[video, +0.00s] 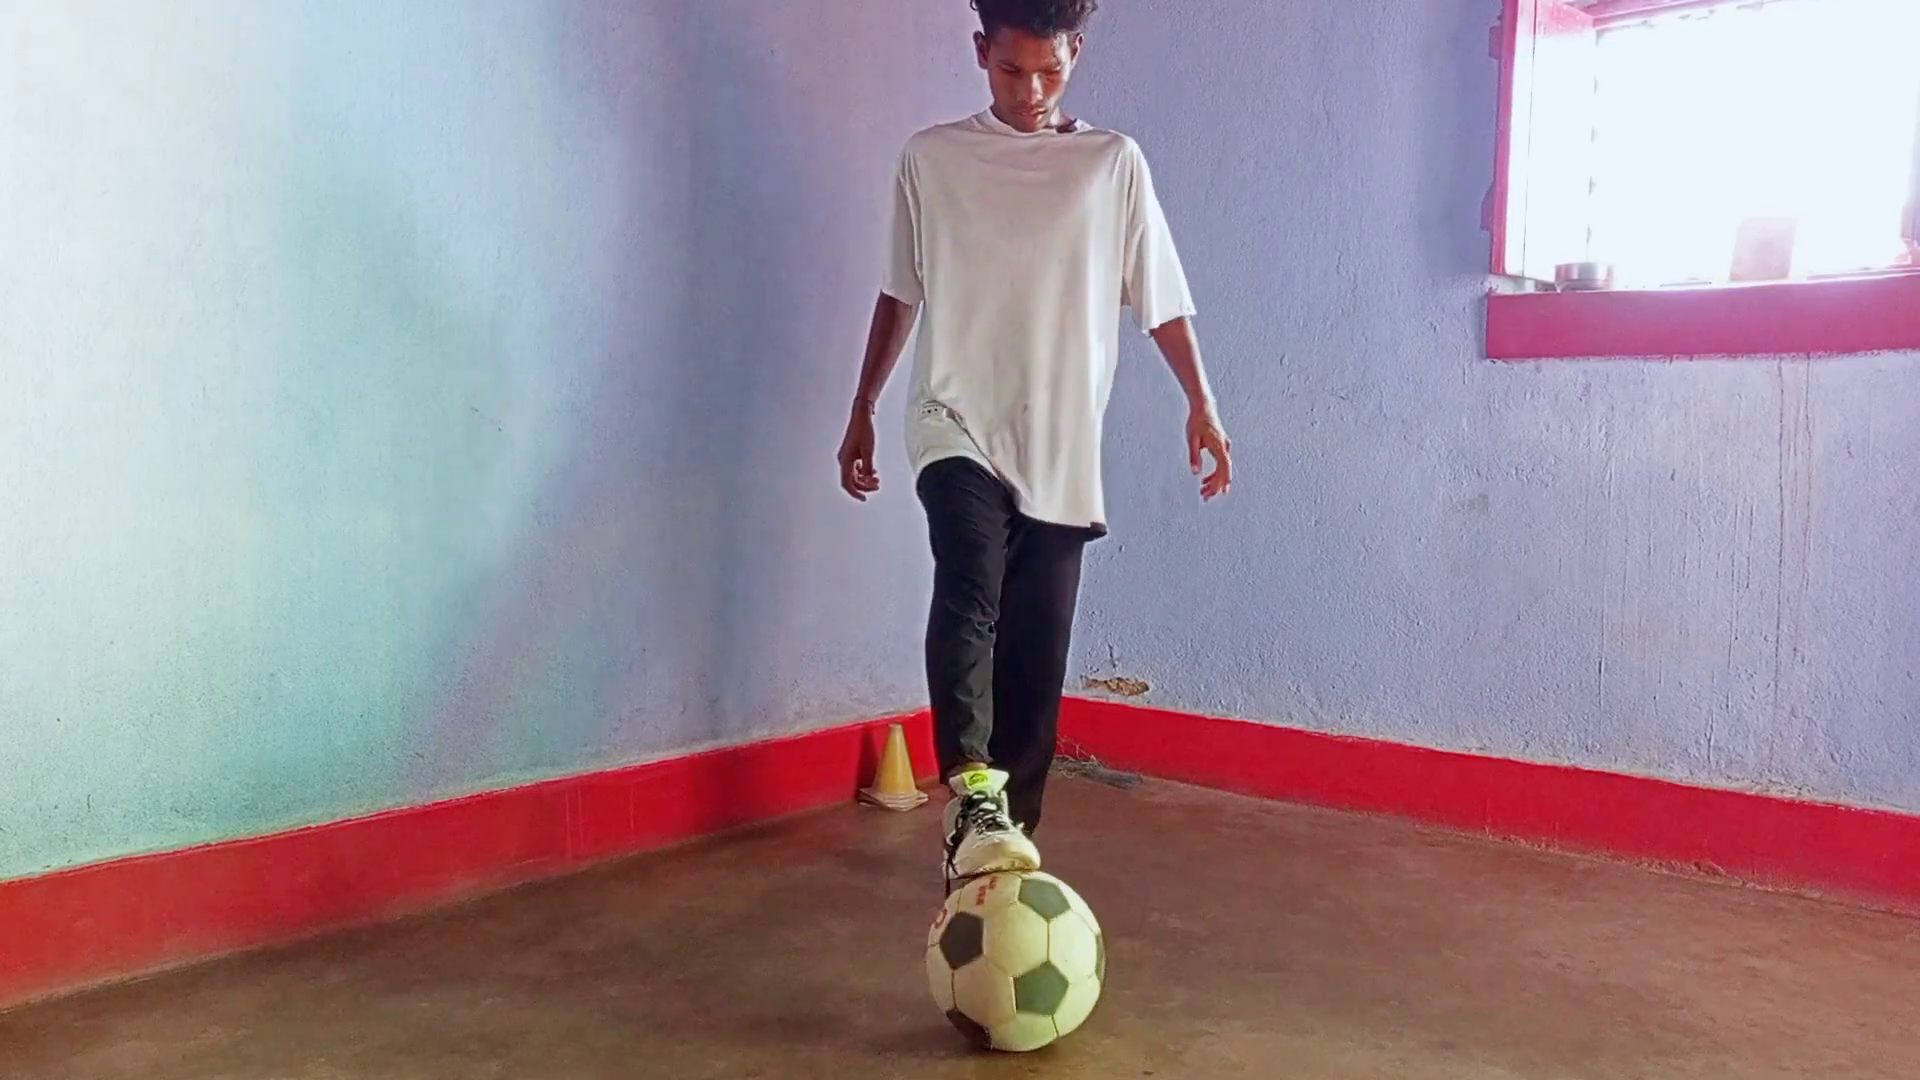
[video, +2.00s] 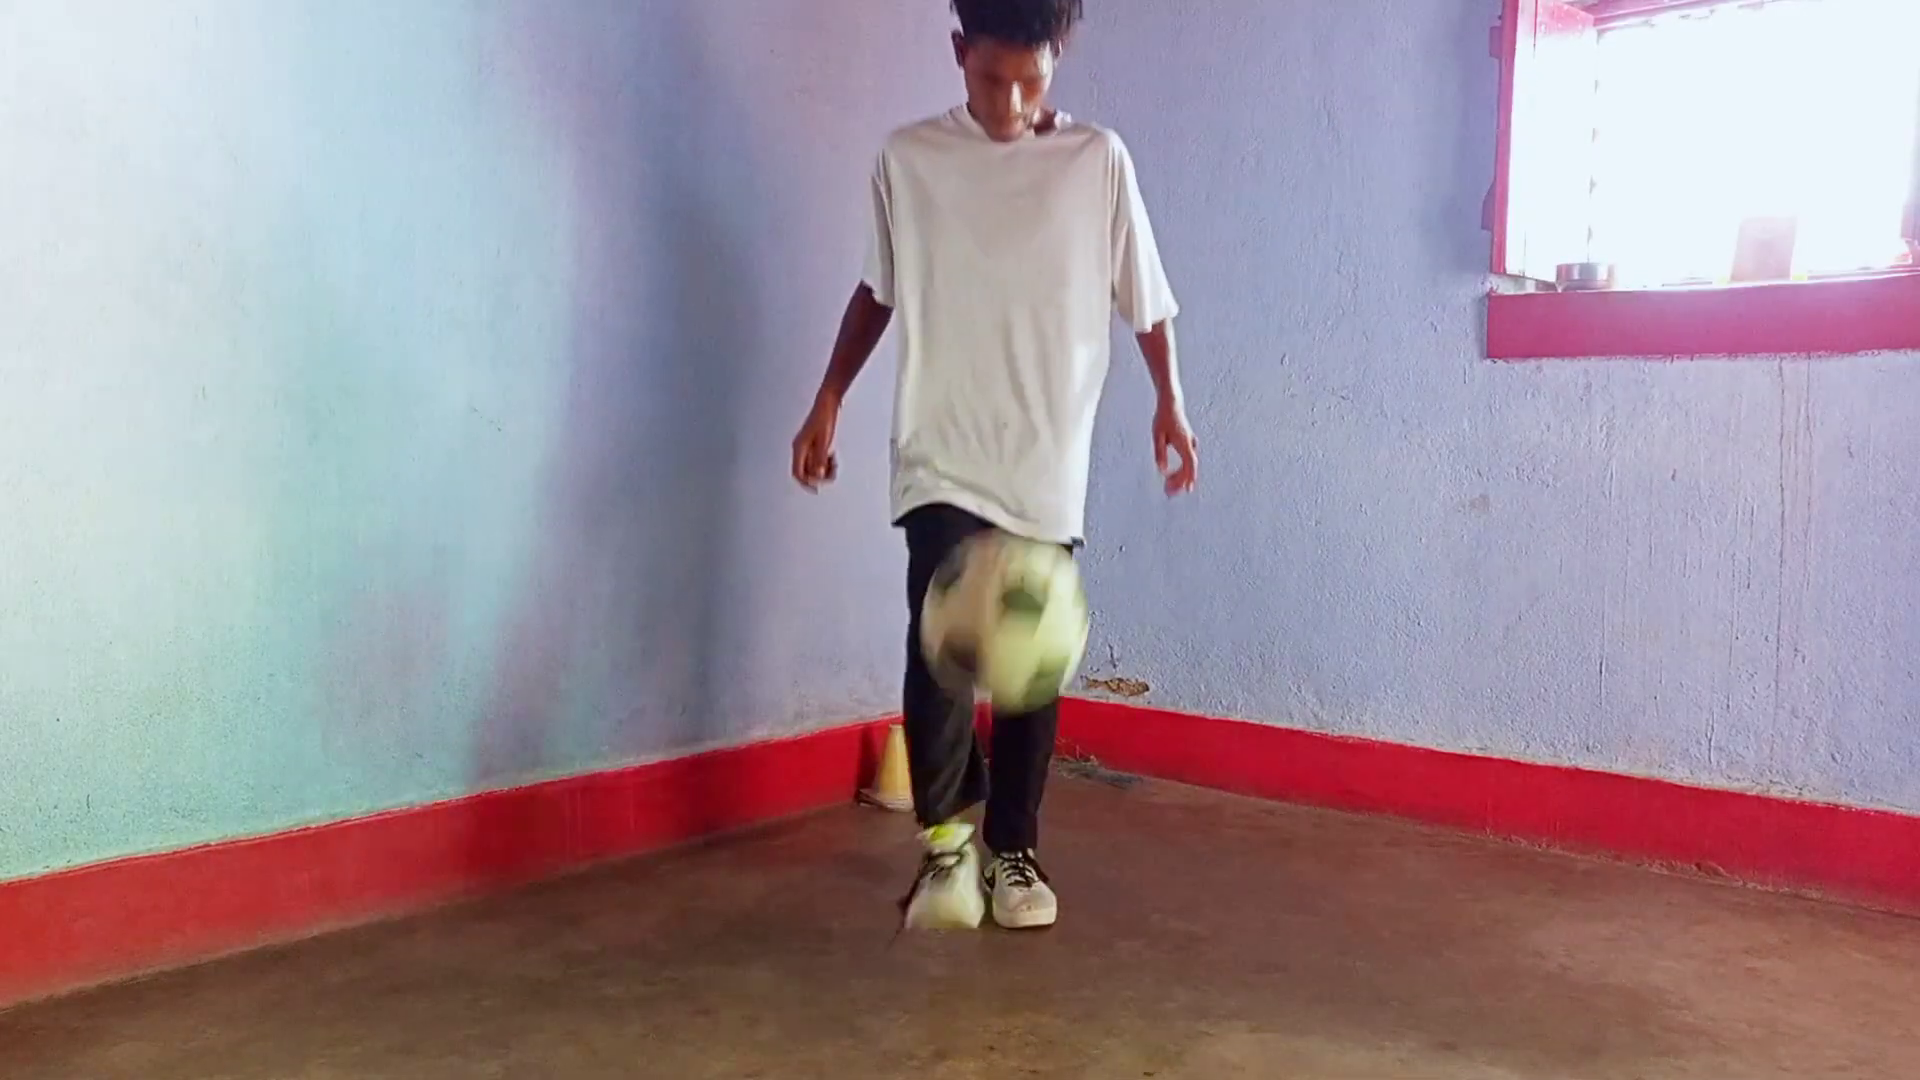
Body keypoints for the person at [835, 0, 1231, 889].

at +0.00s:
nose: (1031, 92)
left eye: (1048, 74)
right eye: (1014, 72)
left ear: (1074, 58)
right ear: (983, 53)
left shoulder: (1114, 162)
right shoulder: (931, 157)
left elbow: (1159, 299)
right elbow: (900, 295)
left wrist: (1201, 401)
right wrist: (862, 410)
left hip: (1061, 441)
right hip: (956, 420)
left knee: (1037, 653)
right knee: (972, 573)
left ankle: (1010, 845)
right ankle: (970, 788)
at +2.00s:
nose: (1012, 104)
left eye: (1032, 84)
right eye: (996, 82)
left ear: (1059, 62)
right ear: (960, 52)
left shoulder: (1097, 158)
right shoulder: (910, 156)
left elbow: (1144, 293)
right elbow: (877, 292)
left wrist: (1169, 403)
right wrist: (825, 404)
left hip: (1049, 451)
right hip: (940, 443)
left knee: (1036, 662)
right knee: (940, 650)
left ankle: (1014, 856)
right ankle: (946, 845)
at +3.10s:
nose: (1043, 96)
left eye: (1062, 78)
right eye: (1027, 75)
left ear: (1083, 58)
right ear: (987, 43)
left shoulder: (1105, 148)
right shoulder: (917, 137)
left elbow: (1139, 291)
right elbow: (875, 271)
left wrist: (1164, 403)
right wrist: (861, 381)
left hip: (1050, 445)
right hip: (941, 440)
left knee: (1040, 652)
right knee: (954, 646)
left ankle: (1024, 848)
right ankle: (950, 855)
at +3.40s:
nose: (1023, 108)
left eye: (1040, 89)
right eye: (1006, 86)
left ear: (1060, 67)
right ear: (965, 55)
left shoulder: (1086, 158)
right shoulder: (897, 149)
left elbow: (1094, 303)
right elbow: (844, 289)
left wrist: (1106, 422)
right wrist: (823, 412)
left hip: (1036, 453)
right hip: (929, 451)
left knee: (1020, 658)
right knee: (920, 659)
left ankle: (1015, 853)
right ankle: (920, 854)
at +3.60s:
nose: (1056, 90)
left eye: (1075, 72)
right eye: (1041, 69)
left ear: (1096, 58)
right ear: (1004, 44)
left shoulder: (1118, 158)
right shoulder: (928, 134)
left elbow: (1125, 305)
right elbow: (863, 270)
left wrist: (1137, 425)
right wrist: (828, 380)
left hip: (1055, 455)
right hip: (942, 446)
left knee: (1045, 664)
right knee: (935, 662)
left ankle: (1025, 864)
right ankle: (921, 861)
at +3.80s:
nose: (1115, 111)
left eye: (1135, 93)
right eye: (1099, 86)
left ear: (1155, 79)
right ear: (1063, 58)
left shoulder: (1164, 194)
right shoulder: (981, 140)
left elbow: (1191, 340)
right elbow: (904, 265)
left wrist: (1229, 458)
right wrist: (862, 362)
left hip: (1061, 456)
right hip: (959, 430)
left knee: (1060, 659)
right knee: (986, 586)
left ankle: (1035, 865)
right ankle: (984, 840)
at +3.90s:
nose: (1127, 97)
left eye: (1146, 81)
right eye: (1113, 73)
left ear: (1167, 73)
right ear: (1078, 48)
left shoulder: (1176, 178)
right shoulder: (1000, 122)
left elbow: (1202, 313)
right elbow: (911, 226)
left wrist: (1233, 422)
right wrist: (868, 323)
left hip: (1071, 437)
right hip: (975, 385)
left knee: (1064, 656)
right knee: (975, 476)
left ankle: (1022, 855)